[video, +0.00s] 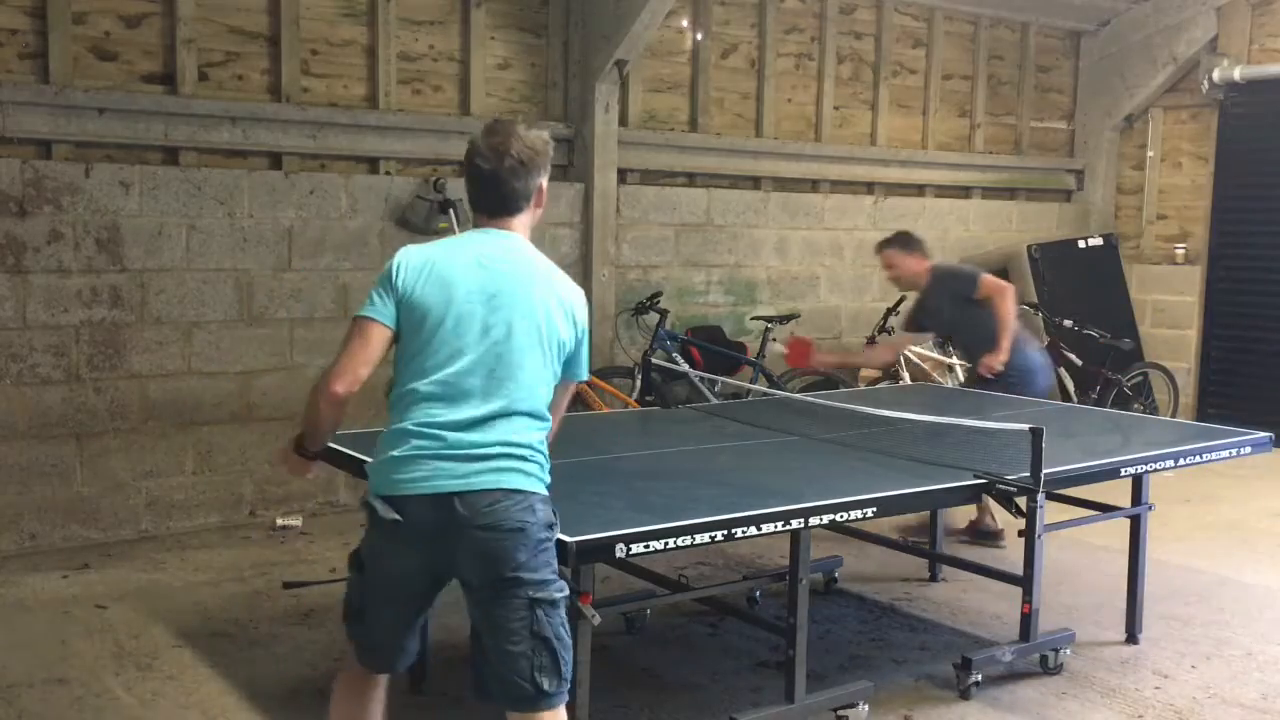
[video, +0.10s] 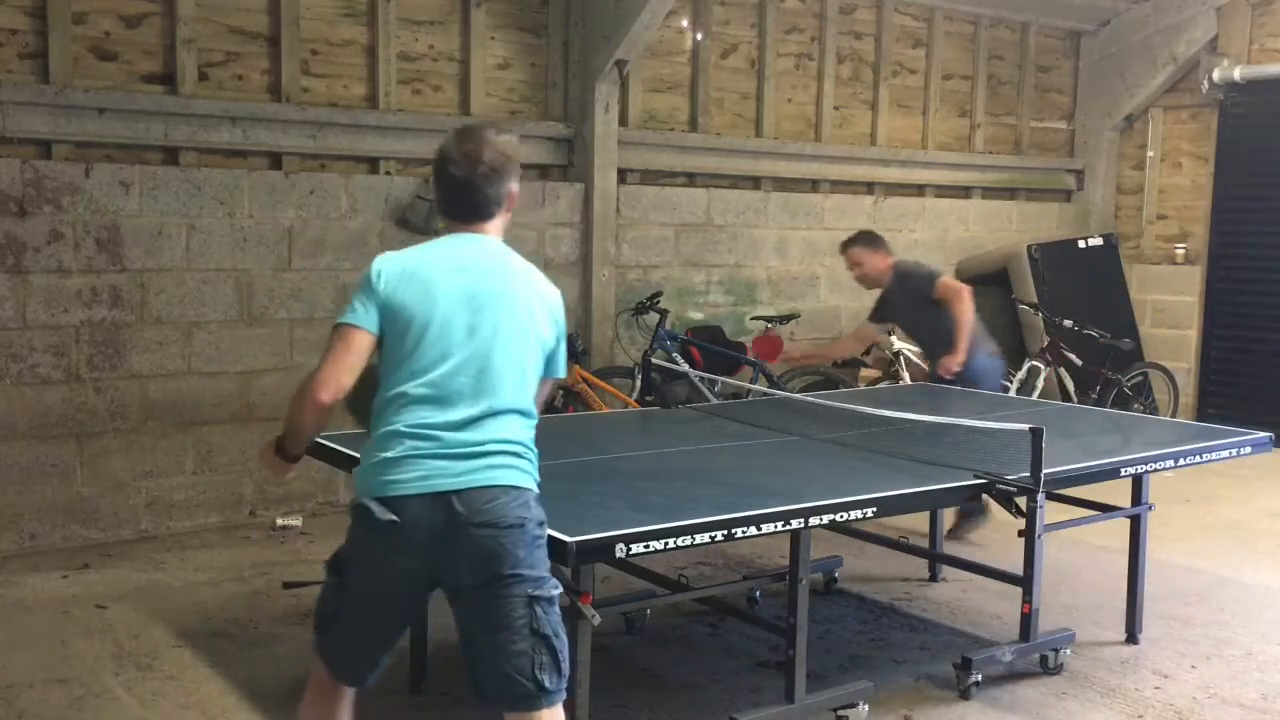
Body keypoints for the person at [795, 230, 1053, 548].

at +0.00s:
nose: (888, 276)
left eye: (891, 267)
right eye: (885, 269)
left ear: (916, 258)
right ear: (905, 263)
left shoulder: (946, 276)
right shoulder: (925, 306)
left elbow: (1004, 291)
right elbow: (889, 354)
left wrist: (1001, 349)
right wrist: (824, 360)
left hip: (1022, 371)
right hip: (998, 375)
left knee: (952, 432)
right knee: (965, 434)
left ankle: (935, 520)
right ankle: (985, 518)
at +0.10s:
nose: (854, 275)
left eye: (857, 265)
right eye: (850, 268)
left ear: (880, 256)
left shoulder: (909, 275)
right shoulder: (889, 300)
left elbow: (961, 293)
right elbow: (853, 343)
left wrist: (958, 352)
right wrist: (798, 354)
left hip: (977, 365)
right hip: (948, 371)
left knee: (970, 435)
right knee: (944, 435)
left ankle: (973, 506)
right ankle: (972, 506)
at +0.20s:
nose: (828, 276)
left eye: (833, 266)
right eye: (825, 270)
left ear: (857, 259)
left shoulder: (878, 279)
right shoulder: (863, 299)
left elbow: (913, 311)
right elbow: (848, 348)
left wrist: (902, 367)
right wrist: (799, 372)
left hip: (933, 384)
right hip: (909, 385)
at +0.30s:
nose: (804, 279)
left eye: (809, 270)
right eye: (800, 274)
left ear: (832, 262)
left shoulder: (853, 280)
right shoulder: (839, 307)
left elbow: (874, 317)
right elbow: (840, 357)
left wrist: (844, 364)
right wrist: (811, 384)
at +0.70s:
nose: (769, 301)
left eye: (773, 291)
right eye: (765, 295)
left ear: (795, 281)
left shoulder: (822, 297)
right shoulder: (803, 310)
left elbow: (881, 326)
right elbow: (832, 348)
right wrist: (820, 383)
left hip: (884, 374)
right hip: (851, 375)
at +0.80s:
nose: (794, 290)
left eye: (798, 281)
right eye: (791, 284)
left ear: (819, 272)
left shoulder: (852, 293)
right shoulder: (815, 307)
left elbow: (908, 320)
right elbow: (829, 347)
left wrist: (938, 362)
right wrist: (815, 384)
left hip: (895, 374)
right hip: (856, 377)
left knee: (892, 439)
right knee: (852, 437)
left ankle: (893, 505)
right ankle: (857, 501)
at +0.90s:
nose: (837, 271)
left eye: (843, 262)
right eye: (833, 264)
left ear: (864, 257)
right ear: (830, 264)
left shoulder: (895, 282)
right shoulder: (843, 289)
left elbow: (951, 312)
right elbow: (849, 325)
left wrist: (984, 358)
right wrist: (827, 361)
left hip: (912, 368)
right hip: (872, 366)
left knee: (901, 434)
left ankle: (896, 504)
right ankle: (852, 495)